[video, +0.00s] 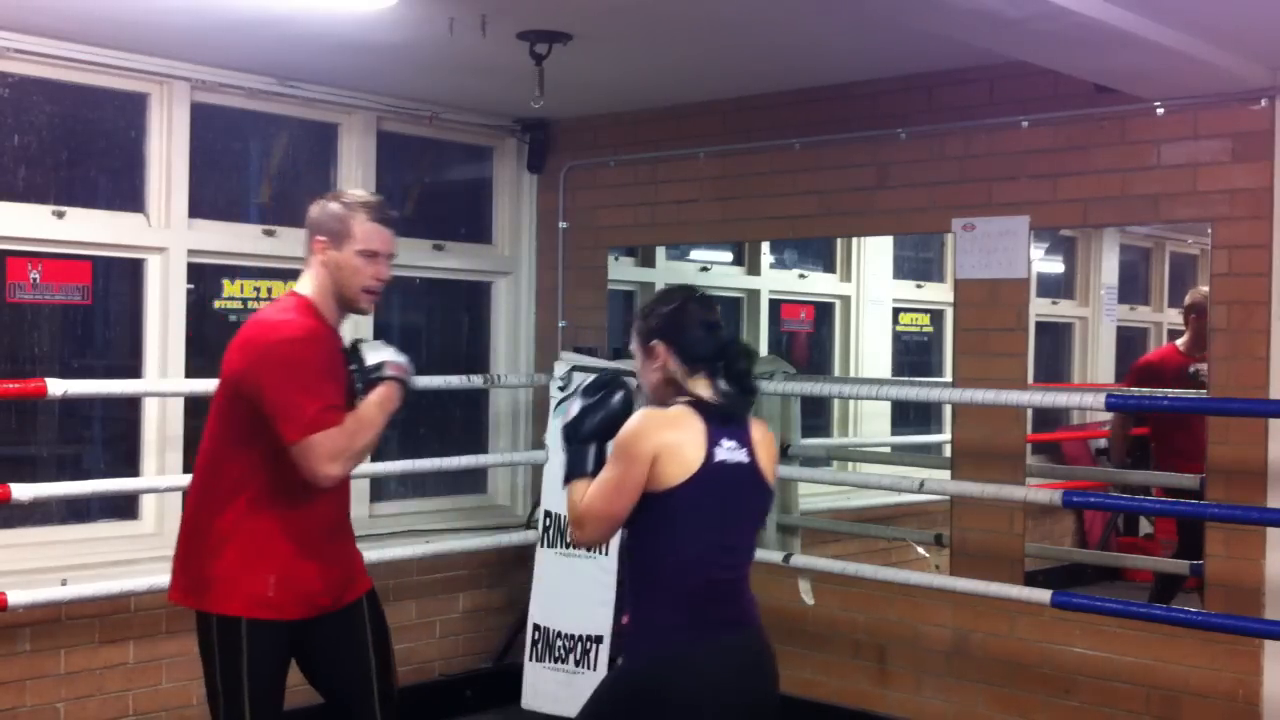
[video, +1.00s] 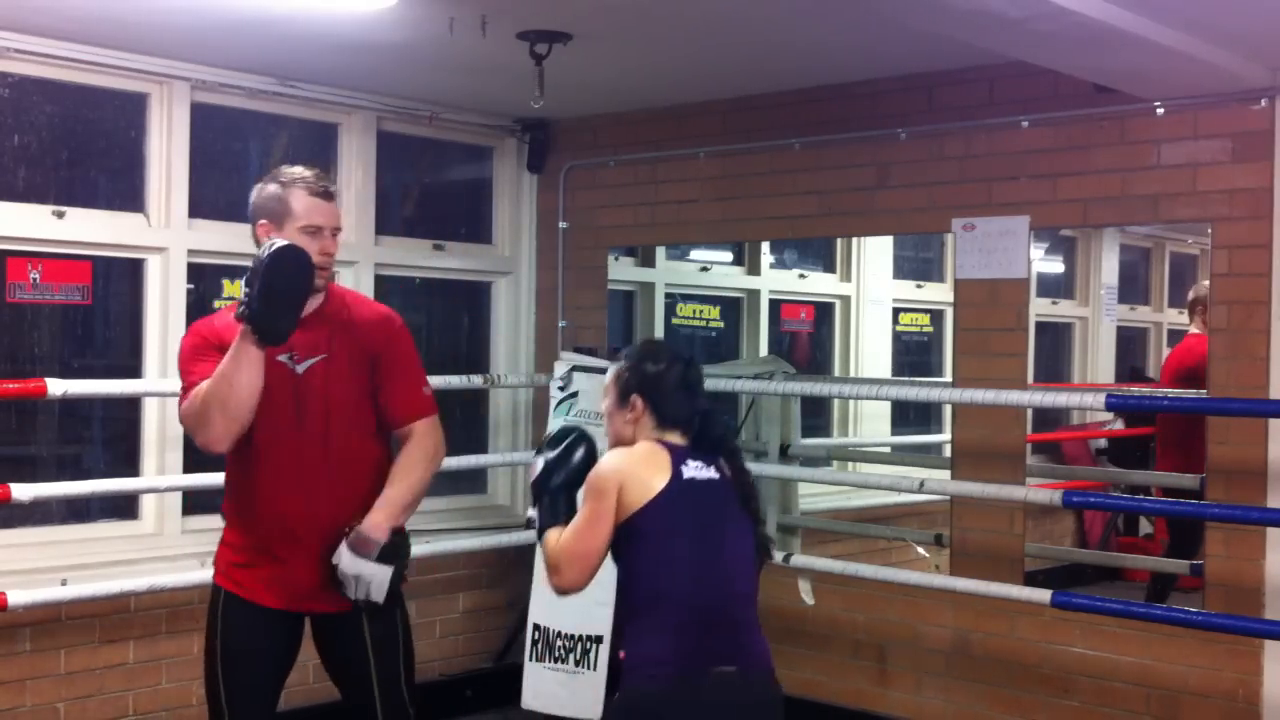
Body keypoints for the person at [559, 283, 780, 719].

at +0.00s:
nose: (638, 373)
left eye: (637, 360)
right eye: (634, 361)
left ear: (661, 355)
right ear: (712, 350)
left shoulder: (651, 427)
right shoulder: (762, 437)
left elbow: (585, 529)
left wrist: (580, 444)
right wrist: (631, 434)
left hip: (661, 665)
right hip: (744, 663)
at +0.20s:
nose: (652, 371)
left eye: (651, 358)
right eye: (648, 359)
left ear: (672, 352)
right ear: (725, 351)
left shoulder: (648, 424)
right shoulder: (769, 437)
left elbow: (590, 525)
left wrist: (590, 438)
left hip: (659, 660)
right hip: (746, 659)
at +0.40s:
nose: (598, 470)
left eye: (600, 458)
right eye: (598, 459)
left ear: (620, 458)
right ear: (667, 448)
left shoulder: (617, 516)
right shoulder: (731, 504)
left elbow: (579, 632)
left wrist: (558, 552)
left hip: (659, 705)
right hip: (741, 705)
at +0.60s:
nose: (559, 592)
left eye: (559, 581)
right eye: (556, 581)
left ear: (583, 583)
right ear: (631, 567)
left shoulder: (586, 634)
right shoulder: (689, 606)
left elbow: (566, 715)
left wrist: (532, 690)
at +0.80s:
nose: (581, 488)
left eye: (585, 475)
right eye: (581, 474)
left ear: (610, 477)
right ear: (657, 474)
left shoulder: (598, 534)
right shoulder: (706, 532)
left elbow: (554, 647)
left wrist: (537, 572)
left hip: (649, 709)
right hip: (734, 709)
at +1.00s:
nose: (604, 418)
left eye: (607, 406)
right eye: (604, 406)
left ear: (635, 408)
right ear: (684, 408)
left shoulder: (619, 466)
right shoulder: (726, 466)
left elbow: (565, 575)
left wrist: (550, 500)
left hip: (659, 687)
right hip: (748, 687)